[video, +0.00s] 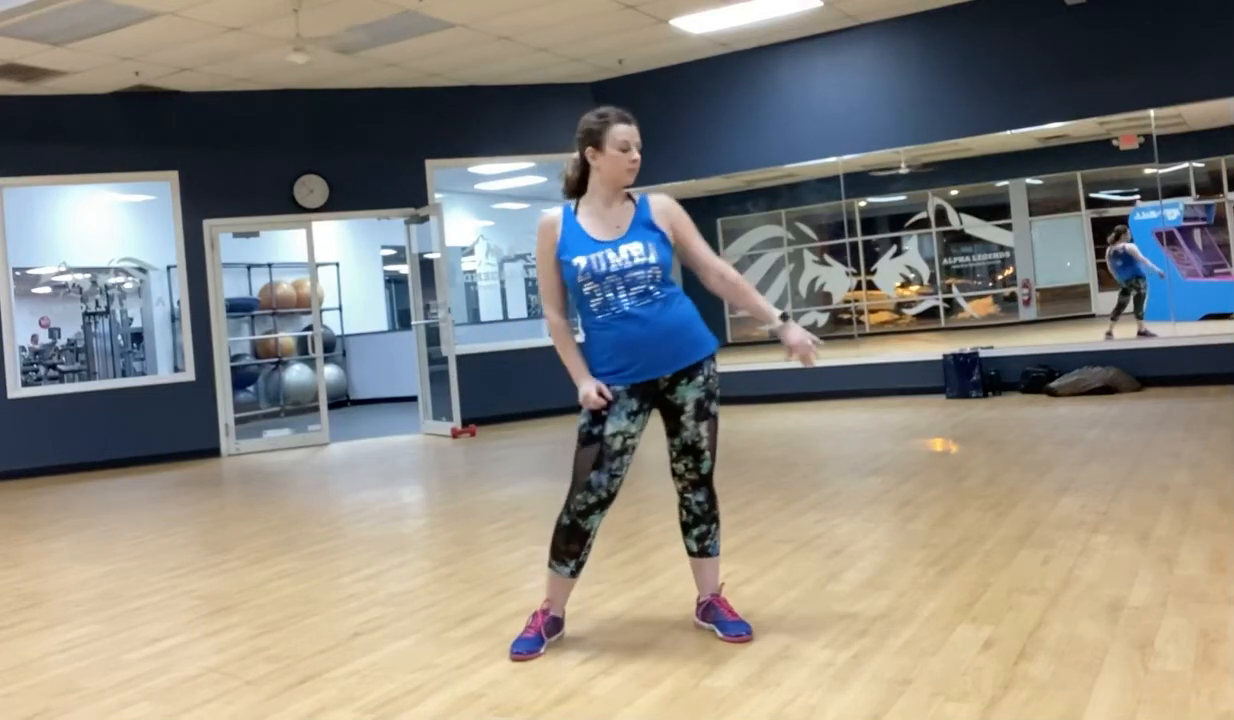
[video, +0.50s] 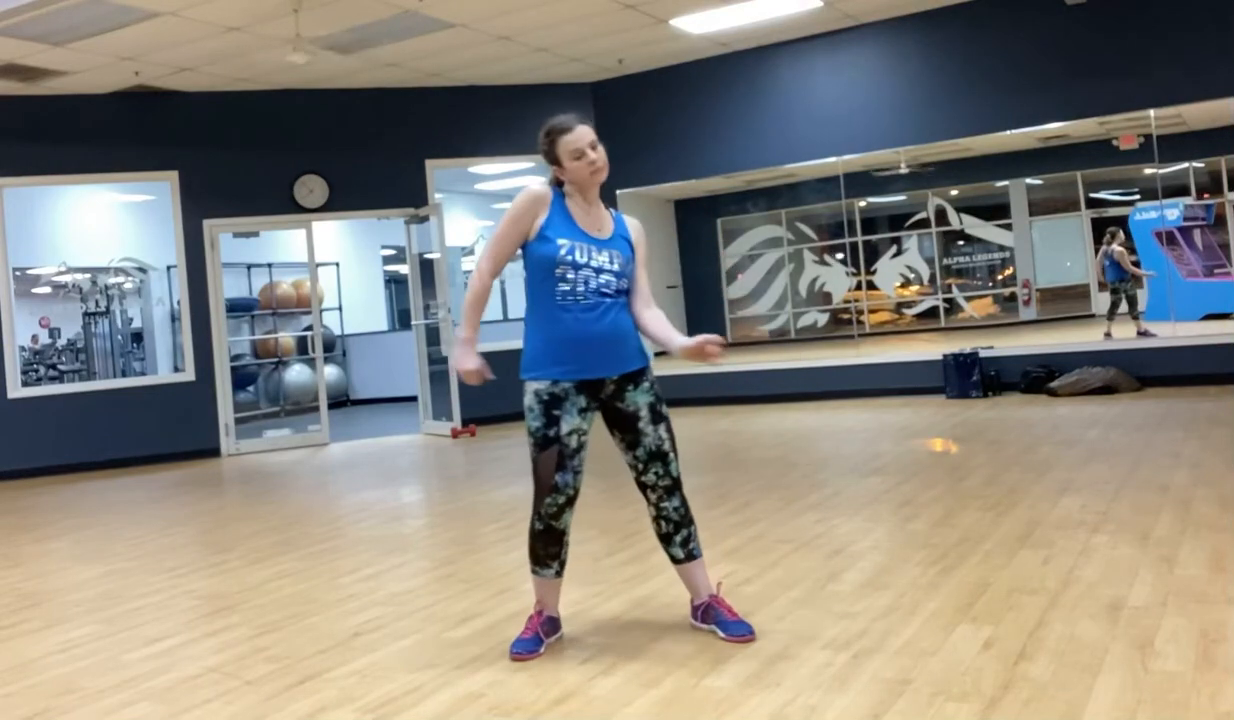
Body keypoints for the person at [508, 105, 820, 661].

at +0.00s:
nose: (636, 158)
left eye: (638, 149)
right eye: (624, 149)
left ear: (638, 154)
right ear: (591, 155)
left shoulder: (660, 209)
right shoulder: (557, 226)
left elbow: (722, 275)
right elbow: (554, 314)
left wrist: (781, 324)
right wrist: (582, 378)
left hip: (688, 364)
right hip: (615, 378)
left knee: (696, 482)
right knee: (588, 495)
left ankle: (710, 600)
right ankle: (550, 612)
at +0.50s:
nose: (594, 157)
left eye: (595, 147)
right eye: (580, 155)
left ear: (604, 150)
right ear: (559, 169)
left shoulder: (628, 229)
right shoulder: (539, 202)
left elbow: (643, 307)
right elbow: (486, 270)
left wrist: (683, 344)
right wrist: (464, 342)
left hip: (626, 371)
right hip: (555, 377)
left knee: (664, 482)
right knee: (554, 496)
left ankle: (705, 601)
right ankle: (546, 614)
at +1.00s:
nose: (591, 155)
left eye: (589, 143)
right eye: (576, 156)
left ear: (601, 143)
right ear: (562, 176)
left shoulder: (652, 203)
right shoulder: (552, 224)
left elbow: (707, 263)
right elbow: (536, 304)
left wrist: (696, 328)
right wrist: (510, 372)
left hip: (649, 371)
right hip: (572, 376)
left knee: (682, 484)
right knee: (559, 490)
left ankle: (712, 599)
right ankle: (545, 613)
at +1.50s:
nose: (590, 146)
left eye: (594, 136)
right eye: (576, 142)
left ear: (609, 143)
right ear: (561, 159)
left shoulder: (648, 212)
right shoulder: (544, 220)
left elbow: (694, 286)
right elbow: (510, 299)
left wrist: (747, 314)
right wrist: (498, 366)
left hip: (653, 370)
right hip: (576, 379)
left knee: (678, 484)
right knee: (560, 496)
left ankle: (711, 601)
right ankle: (546, 614)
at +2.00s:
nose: (551, 135)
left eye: (557, 126)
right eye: (539, 132)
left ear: (574, 138)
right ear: (525, 150)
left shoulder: (610, 207)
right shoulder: (505, 209)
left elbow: (645, 281)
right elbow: (429, 236)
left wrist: (640, 344)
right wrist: (348, 250)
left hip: (611, 369)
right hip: (537, 377)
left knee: (667, 468)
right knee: (538, 494)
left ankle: (697, 594)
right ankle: (544, 614)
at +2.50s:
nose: (609, 148)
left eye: (614, 141)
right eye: (595, 149)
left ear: (632, 157)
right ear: (584, 175)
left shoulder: (661, 216)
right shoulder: (579, 235)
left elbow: (659, 299)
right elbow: (556, 330)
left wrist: (659, 364)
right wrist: (519, 403)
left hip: (656, 389)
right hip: (591, 394)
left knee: (711, 489)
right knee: (539, 508)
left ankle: (679, 610)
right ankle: (458, 613)